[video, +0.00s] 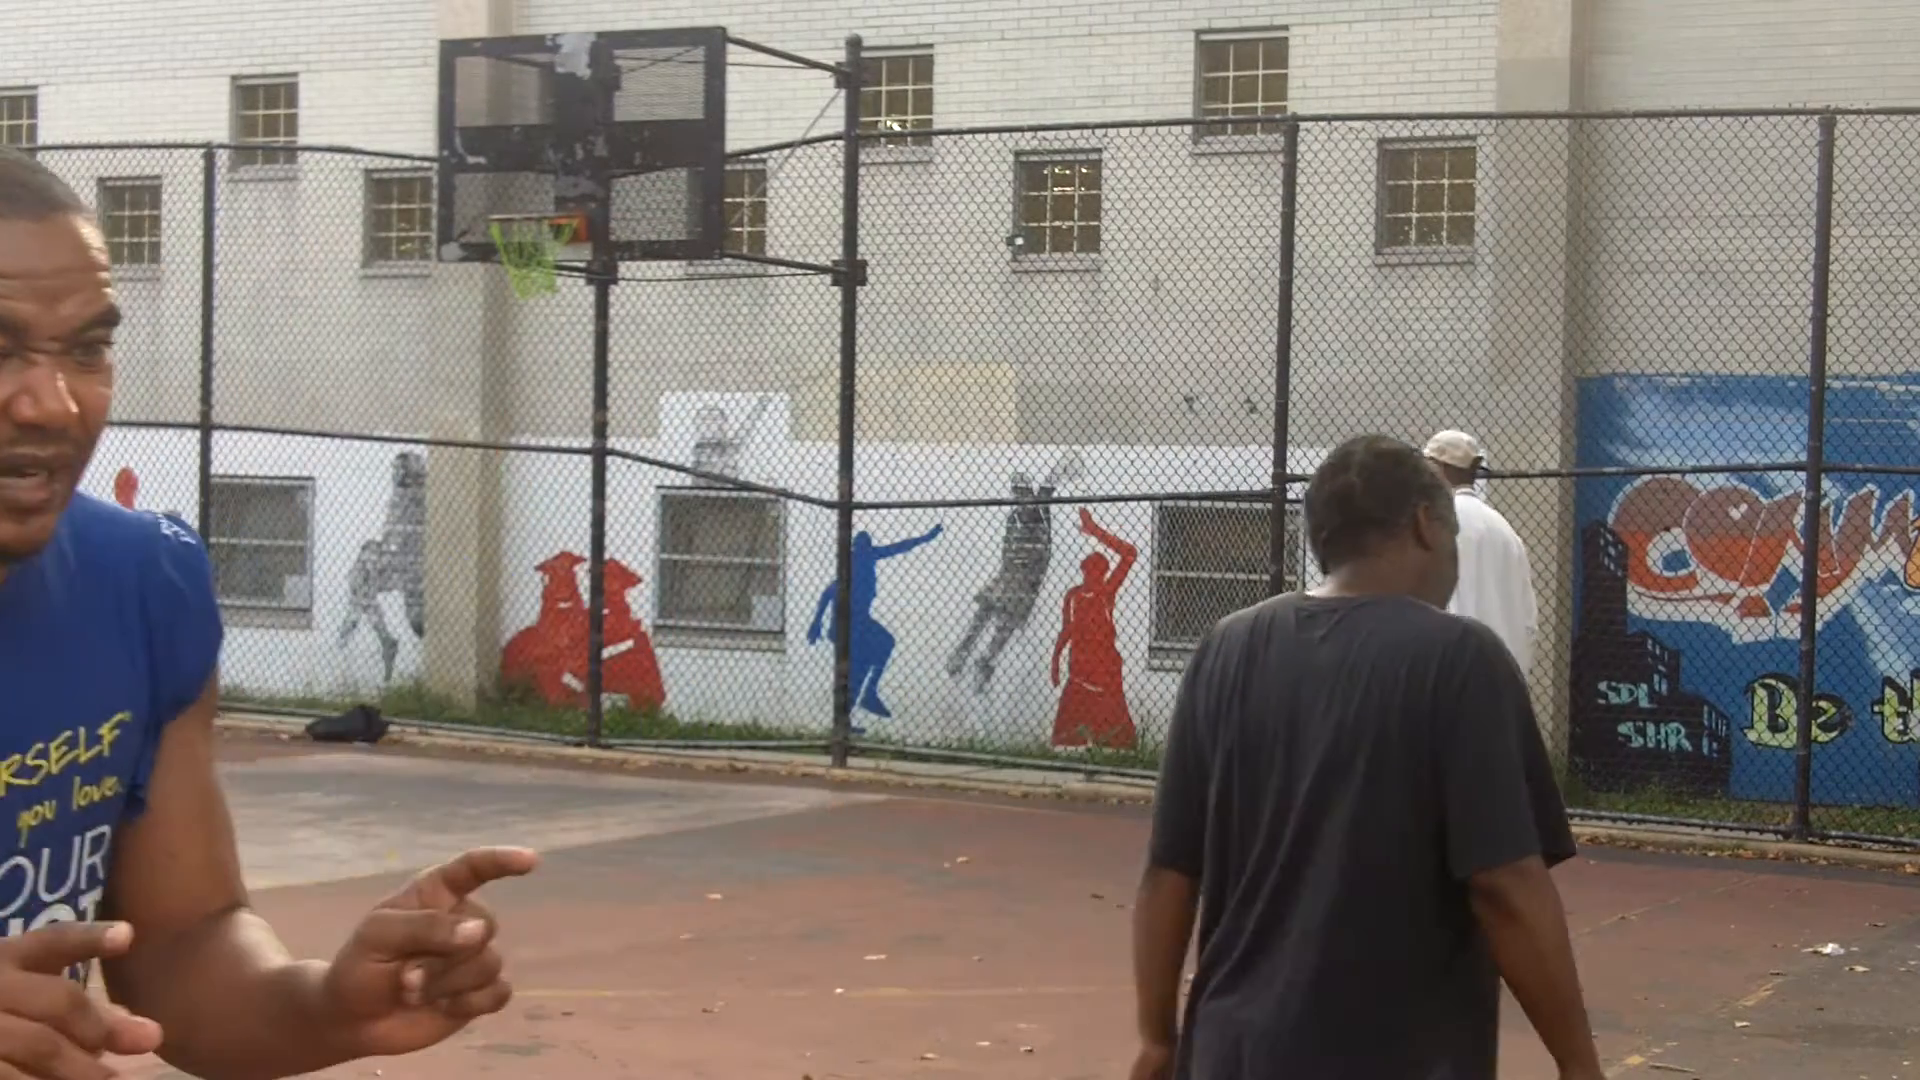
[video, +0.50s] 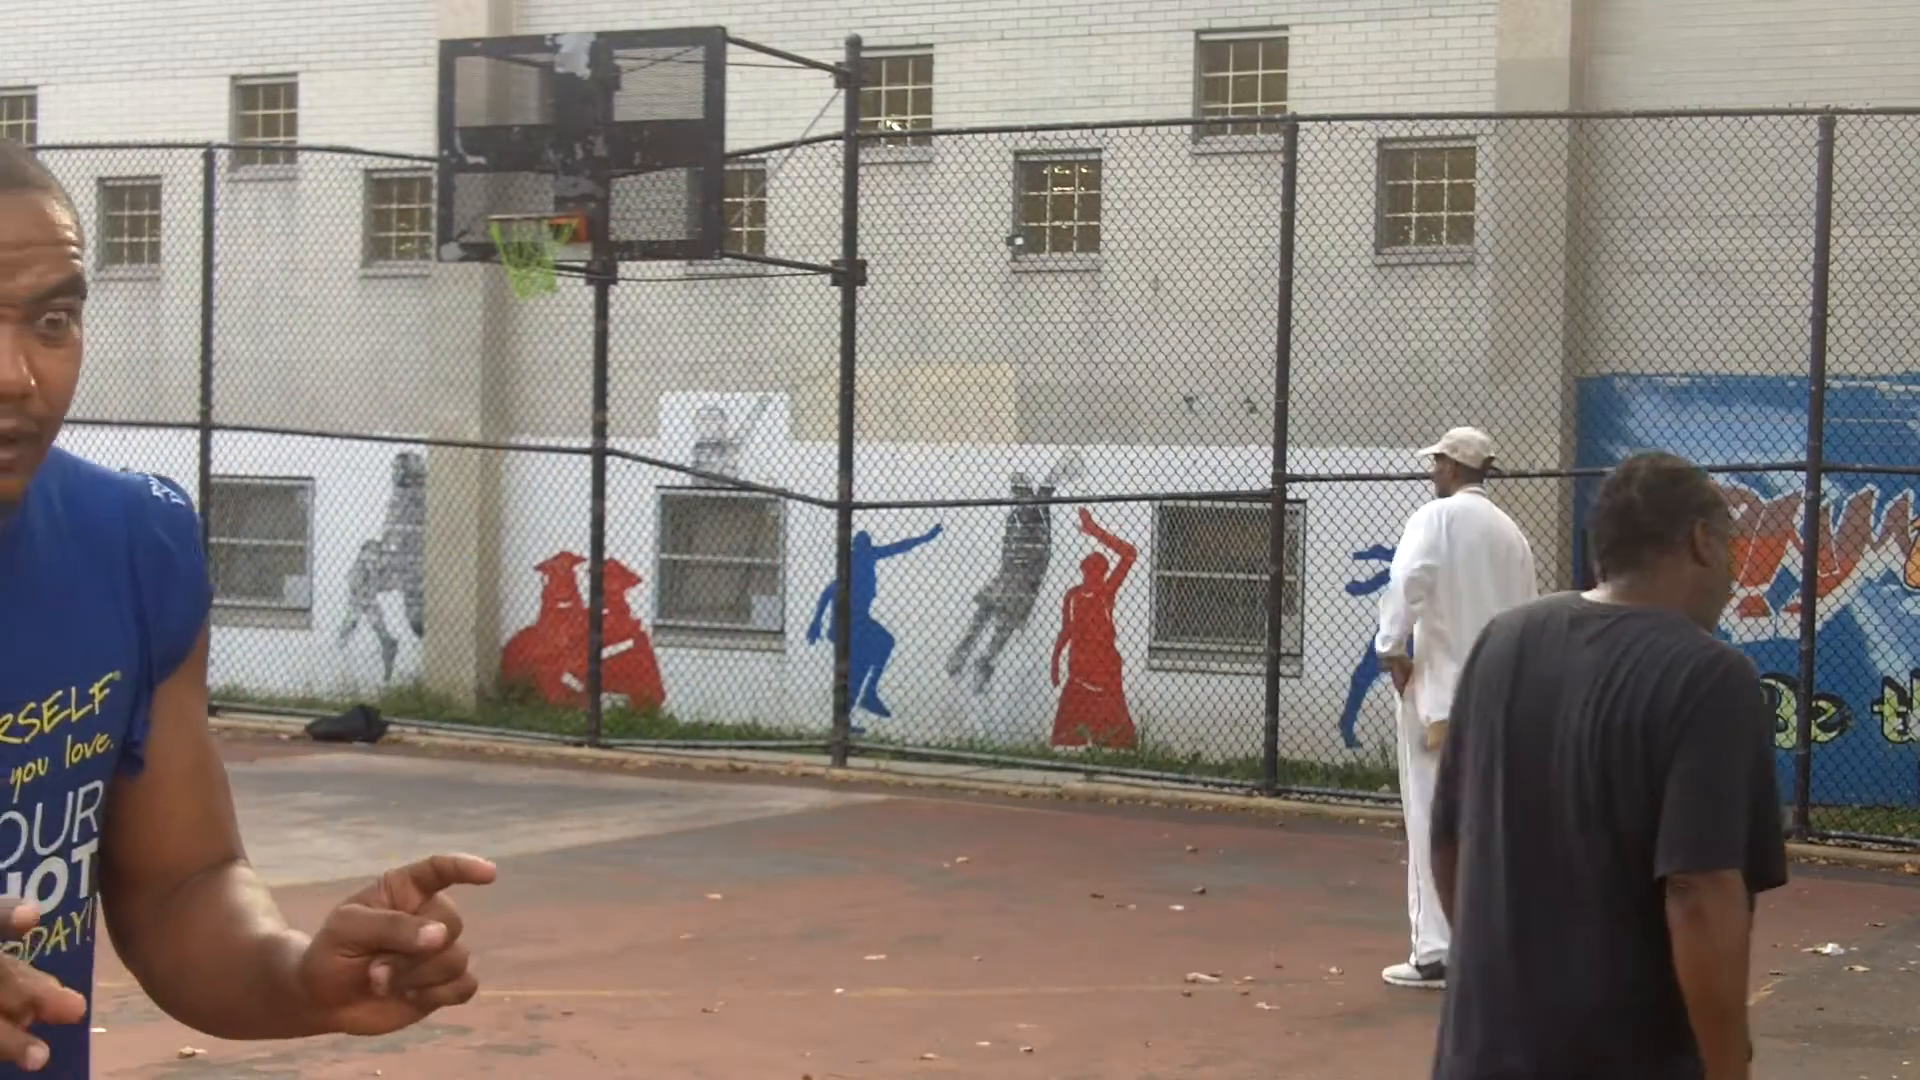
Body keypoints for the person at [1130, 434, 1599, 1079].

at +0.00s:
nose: (1457, 554)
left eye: (1455, 531)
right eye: (1453, 529)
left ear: (1326, 541)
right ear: (1425, 522)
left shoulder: (1228, 646)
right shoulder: (1457, 655)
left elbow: (1169, 870)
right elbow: (1504, 881)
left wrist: (1155, 1036)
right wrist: (1580, 1062)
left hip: (1229, 1047)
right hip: (1406, 1054)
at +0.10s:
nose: (1504, 547)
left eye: (1504, 524)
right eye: (1501, 522)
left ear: (1373, 531)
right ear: (1472, 515)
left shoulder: (1273, 636)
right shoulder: (1494, 647)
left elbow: (1223, 865)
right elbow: (1524, 871)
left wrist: (1237, 1025)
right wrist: (1589, 1060)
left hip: (1273, 1045)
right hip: (1447, 1052)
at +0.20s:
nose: (1557, 550)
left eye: (1557, 529)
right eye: (1554, 526)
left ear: (1425, 529)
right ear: (1520, 517)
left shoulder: (1319, 633)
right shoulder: (1535, 650)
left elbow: (1275, 848)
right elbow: (1548, 872)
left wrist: (1309, 994)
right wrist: (1604, 1060)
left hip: (1316, 1042)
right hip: (1482, 1050)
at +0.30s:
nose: (1612, 560)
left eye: (1612, 541)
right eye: (1608, 538)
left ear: (1483, 533)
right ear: (1574, 525)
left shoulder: (1378, 630)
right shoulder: (1588, 657)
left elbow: (1332, 838)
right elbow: (1584, 876)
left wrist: (1371, 981)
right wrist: (1627, 1063)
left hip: (1362, 1037)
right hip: (1521, 1049)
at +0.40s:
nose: (1672, 573)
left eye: (1674, 552)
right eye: (1669, 550)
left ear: (1545, 546)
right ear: (1634, 540)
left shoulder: (1443, 640)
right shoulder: (1644, 668)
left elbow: (1388, 838)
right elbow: (1633, 879)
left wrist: (1453, 968)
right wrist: (1668, 1065)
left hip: (1416, 1043)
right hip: (1570, 1053)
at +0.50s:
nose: (1734, 571)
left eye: (1734, 548)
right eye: (1730, 546)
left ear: (1610, 548)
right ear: (1701, 541)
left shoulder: (1504, 636)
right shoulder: (1708, 673)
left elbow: (1449, 838)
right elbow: (1699, 886)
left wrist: (1494, 973)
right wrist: (1729, 1063)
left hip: (1485, 1044)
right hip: (1637, 1052)